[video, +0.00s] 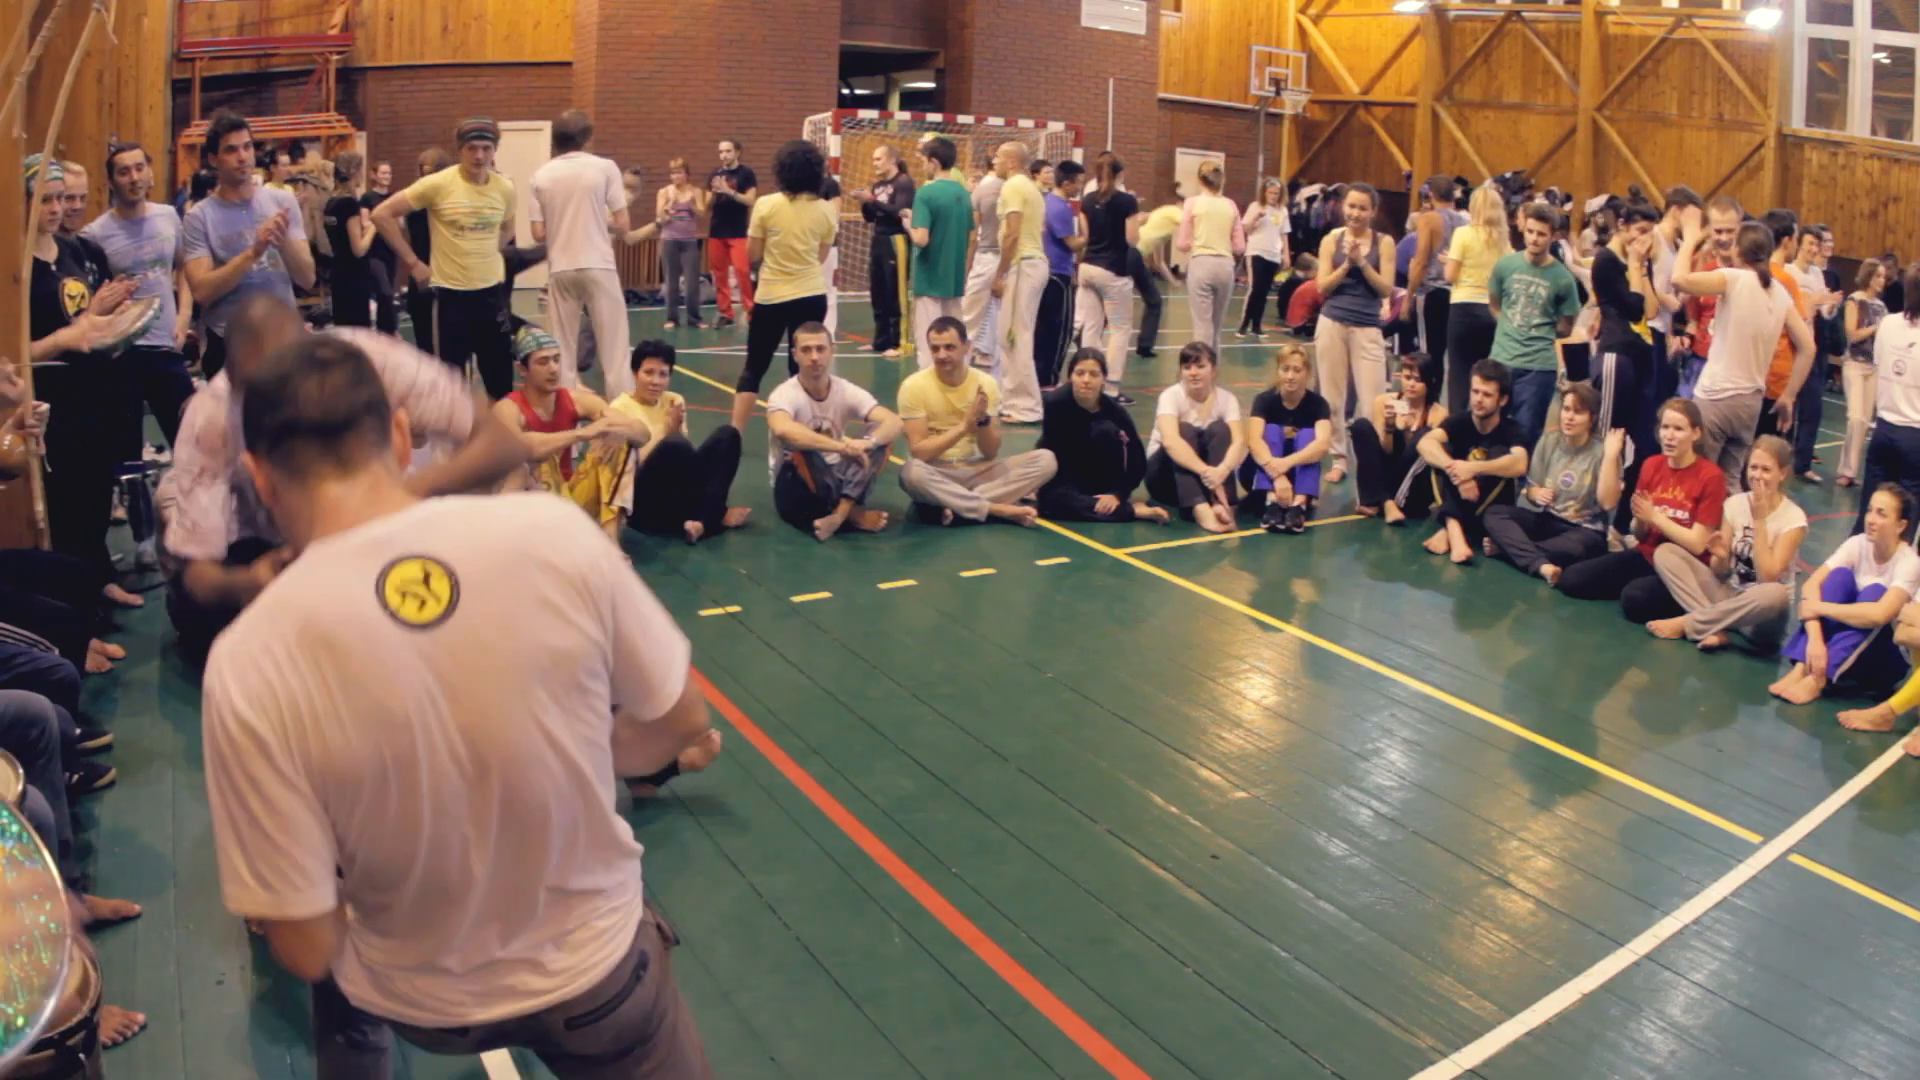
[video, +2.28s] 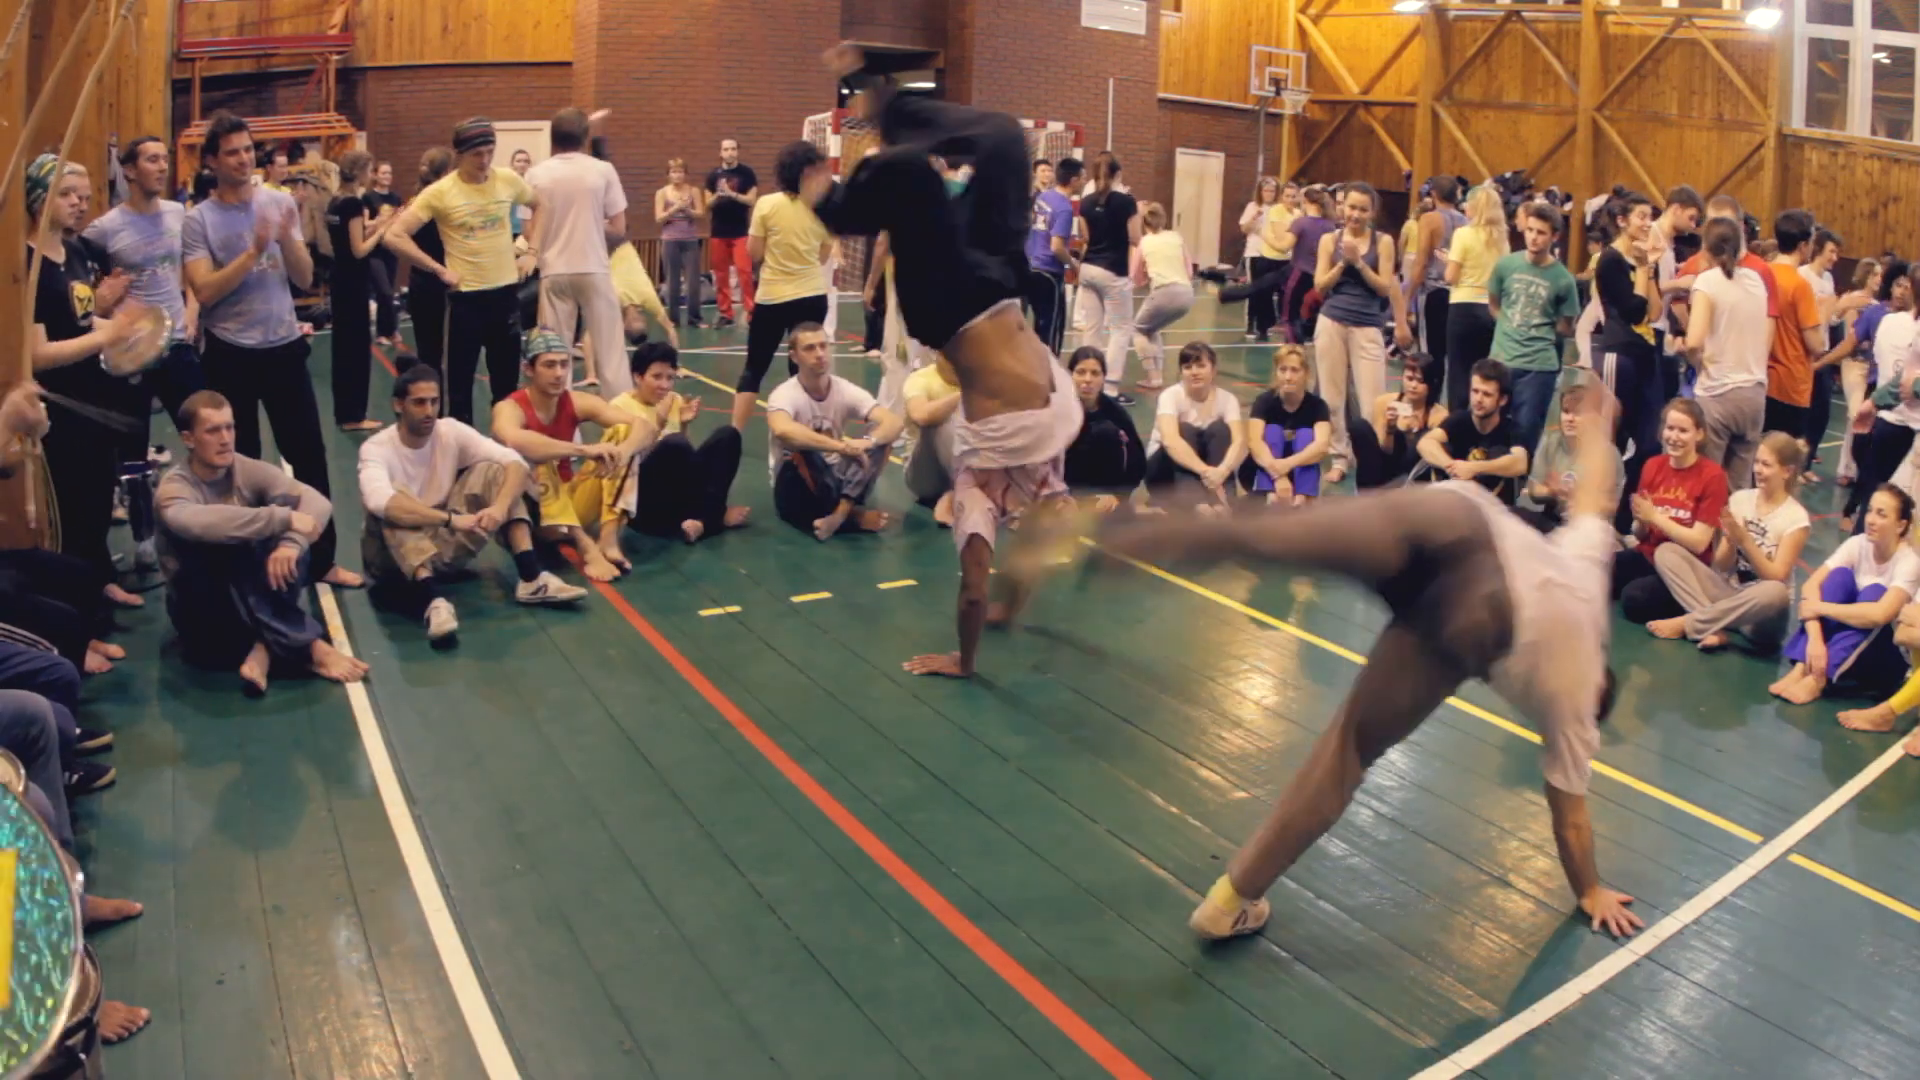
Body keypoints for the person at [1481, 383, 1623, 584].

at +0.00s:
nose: (1569, 417)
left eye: (1578, 412)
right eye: (1566, 409)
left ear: (1592, 417)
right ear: (1560, 411)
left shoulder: (1603, 451)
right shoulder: (1548, 440)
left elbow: (1608, 504)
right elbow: (1530, 488)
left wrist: (1611, 454)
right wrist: (1536, 493)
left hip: (1578, 528)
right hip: (1541, 518)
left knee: (1576, 548)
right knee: (1494, 514)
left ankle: (1508, 549)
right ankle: (1539, 566)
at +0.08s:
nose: (1568, 418)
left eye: (1576, 412)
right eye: (1565, 410)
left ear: (1591, 417)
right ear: (1559, 412)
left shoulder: (1605, 454)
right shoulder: (1548, 440)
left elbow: (1608, 508)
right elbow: (1530, 487)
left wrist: (1608, 467)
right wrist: (1536, 493)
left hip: (1580, 529)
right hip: (1542, 518)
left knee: (1575, 549)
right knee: (1494, 514)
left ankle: (1509, 549)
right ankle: (1539, 565)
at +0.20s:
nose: (1568, 420)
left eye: (1576, 415)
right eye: (1564, 412)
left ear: (1591, 419)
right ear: (1559, 413)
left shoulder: (1608, 456)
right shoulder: (1548, 442)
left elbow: (1615, 511)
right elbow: (1530, 489)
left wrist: (1597, 490)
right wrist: (1534, 494)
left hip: (1582, 529)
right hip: (1544, 518)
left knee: (1574, 549)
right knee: (1494, 514)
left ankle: (1509, 549)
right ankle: (1539, 566)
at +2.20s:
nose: (1570, 419)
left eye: (1578, 413)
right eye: (1566, 412)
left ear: (1593, 418)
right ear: (1560, 414)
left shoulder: (1607, 453)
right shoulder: (1549, 442)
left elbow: (1616, 505)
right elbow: (1534, 497)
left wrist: (1588, 501)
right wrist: (1538, 488)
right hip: (1551, 518)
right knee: (1511, 531)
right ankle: (1537, 566)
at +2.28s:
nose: (1570, 419)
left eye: (1578, 412)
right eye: (1565, 411)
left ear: (1593, 417)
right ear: (1559, 414)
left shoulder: (1608, 454)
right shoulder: (1550, 443)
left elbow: (1611, 505)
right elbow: (1534, 490)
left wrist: (1573, 498)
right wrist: (1552, 491)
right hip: (1551, 519)